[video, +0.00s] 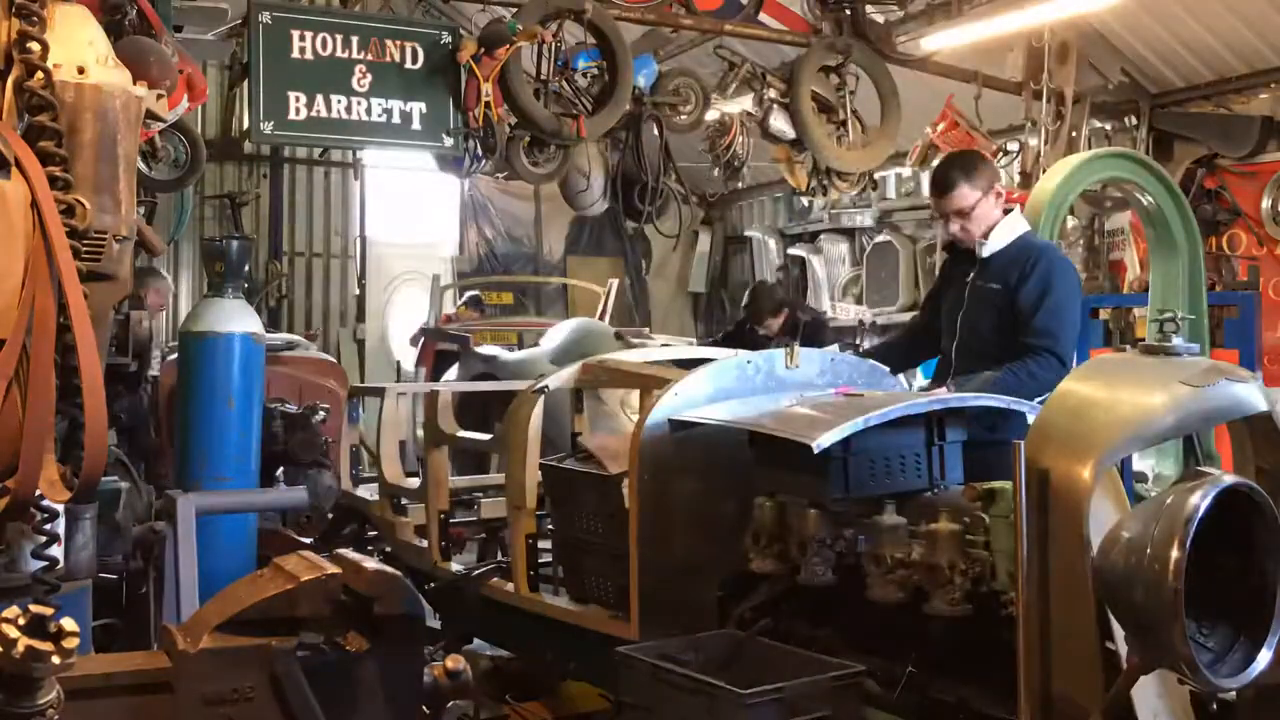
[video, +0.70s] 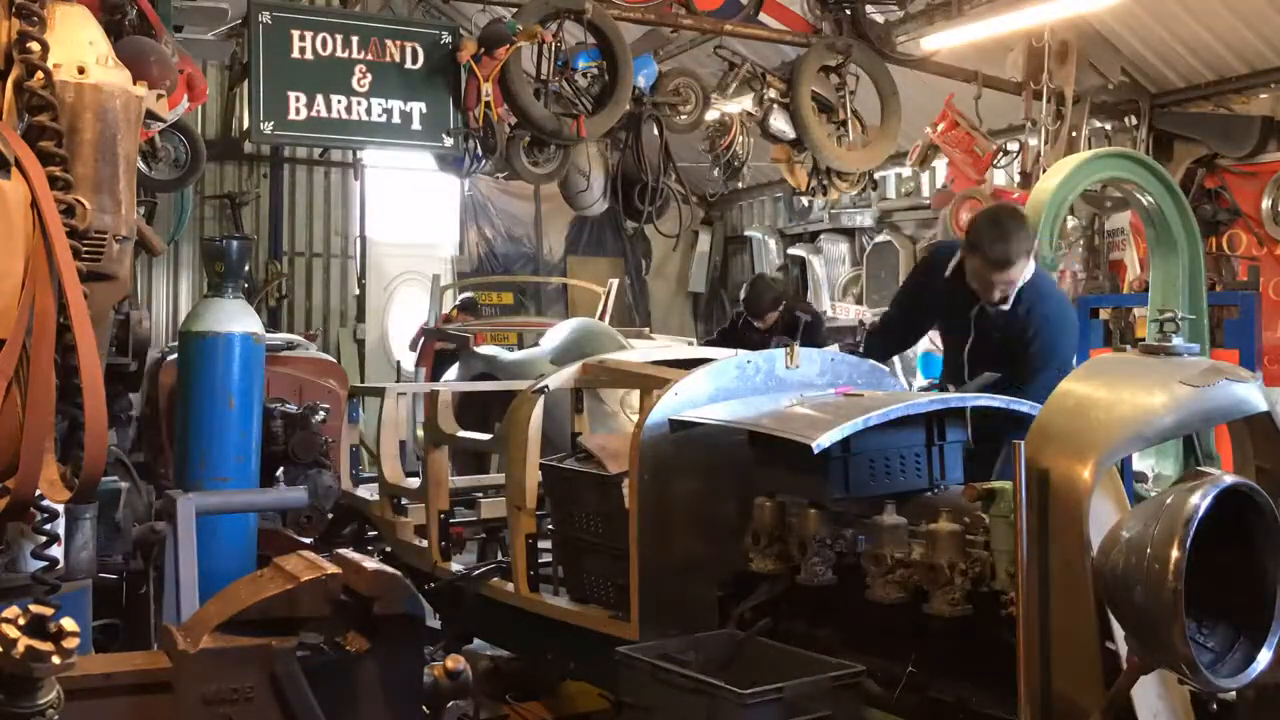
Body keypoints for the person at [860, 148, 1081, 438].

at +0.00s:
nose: (953, 228)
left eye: (964, 214)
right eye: (945, 218)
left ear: (998, 197)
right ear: (937, 211)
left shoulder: (1046, 267)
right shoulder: (960, 263)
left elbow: (1050, 366)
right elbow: (925, 337)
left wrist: (958, 393)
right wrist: (856, 367)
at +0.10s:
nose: (950, 226)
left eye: (959, 211)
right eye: (941, 216)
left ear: (994, 194)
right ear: (934, 212)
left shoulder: (1047, 266)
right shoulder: (960, 264)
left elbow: (1048, 368)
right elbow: (924, 341)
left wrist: (961, 402)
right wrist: (854, 367)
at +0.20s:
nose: (937, 229)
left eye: (943, 215)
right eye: (932, 220)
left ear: (980, 196)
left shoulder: (1045, 263)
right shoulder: (961, 266)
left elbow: (1049, 365)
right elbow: (924, 341)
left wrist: (960, 403)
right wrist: (852, 368)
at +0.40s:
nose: (939, 233)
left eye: (944, 218)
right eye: (934, 224)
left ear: (979, 197)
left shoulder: (1046, 263)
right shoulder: (961, 265)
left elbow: (1050, 367)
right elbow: (924, 341)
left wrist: (959, 406)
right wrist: (851, 369)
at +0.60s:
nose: (997, 242)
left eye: (1010, 230)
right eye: (986, 229)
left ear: (1036, 211)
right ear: (974, 214)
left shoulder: (1066, 276)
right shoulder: (970, 262)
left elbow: (1061, 378)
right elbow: (919, 335)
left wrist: (965, 420)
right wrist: (851, 365)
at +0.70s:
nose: (996, 295)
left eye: (1009, 284)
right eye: (984, 282)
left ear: (1030, 261)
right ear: (965, 256)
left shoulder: (1049, 316)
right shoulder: (940, 268)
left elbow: (1028, 417)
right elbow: (892, 333)